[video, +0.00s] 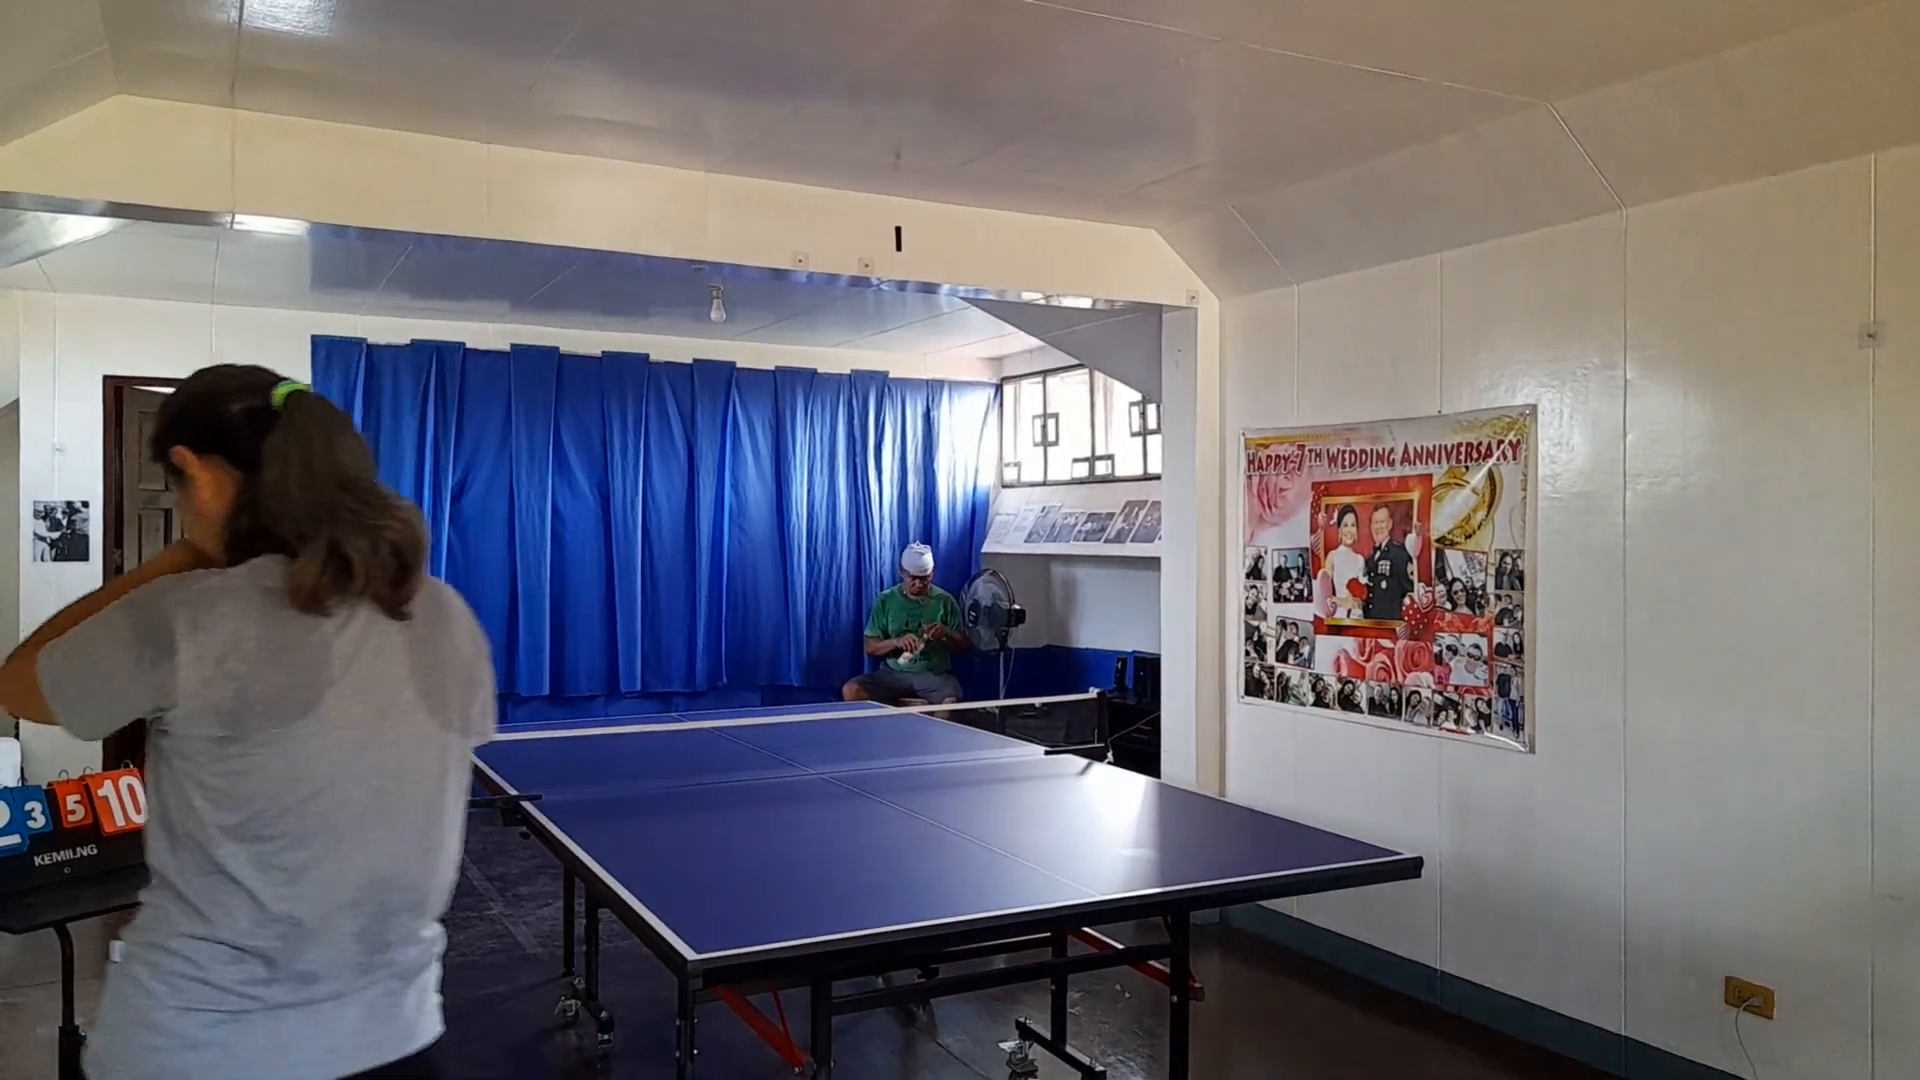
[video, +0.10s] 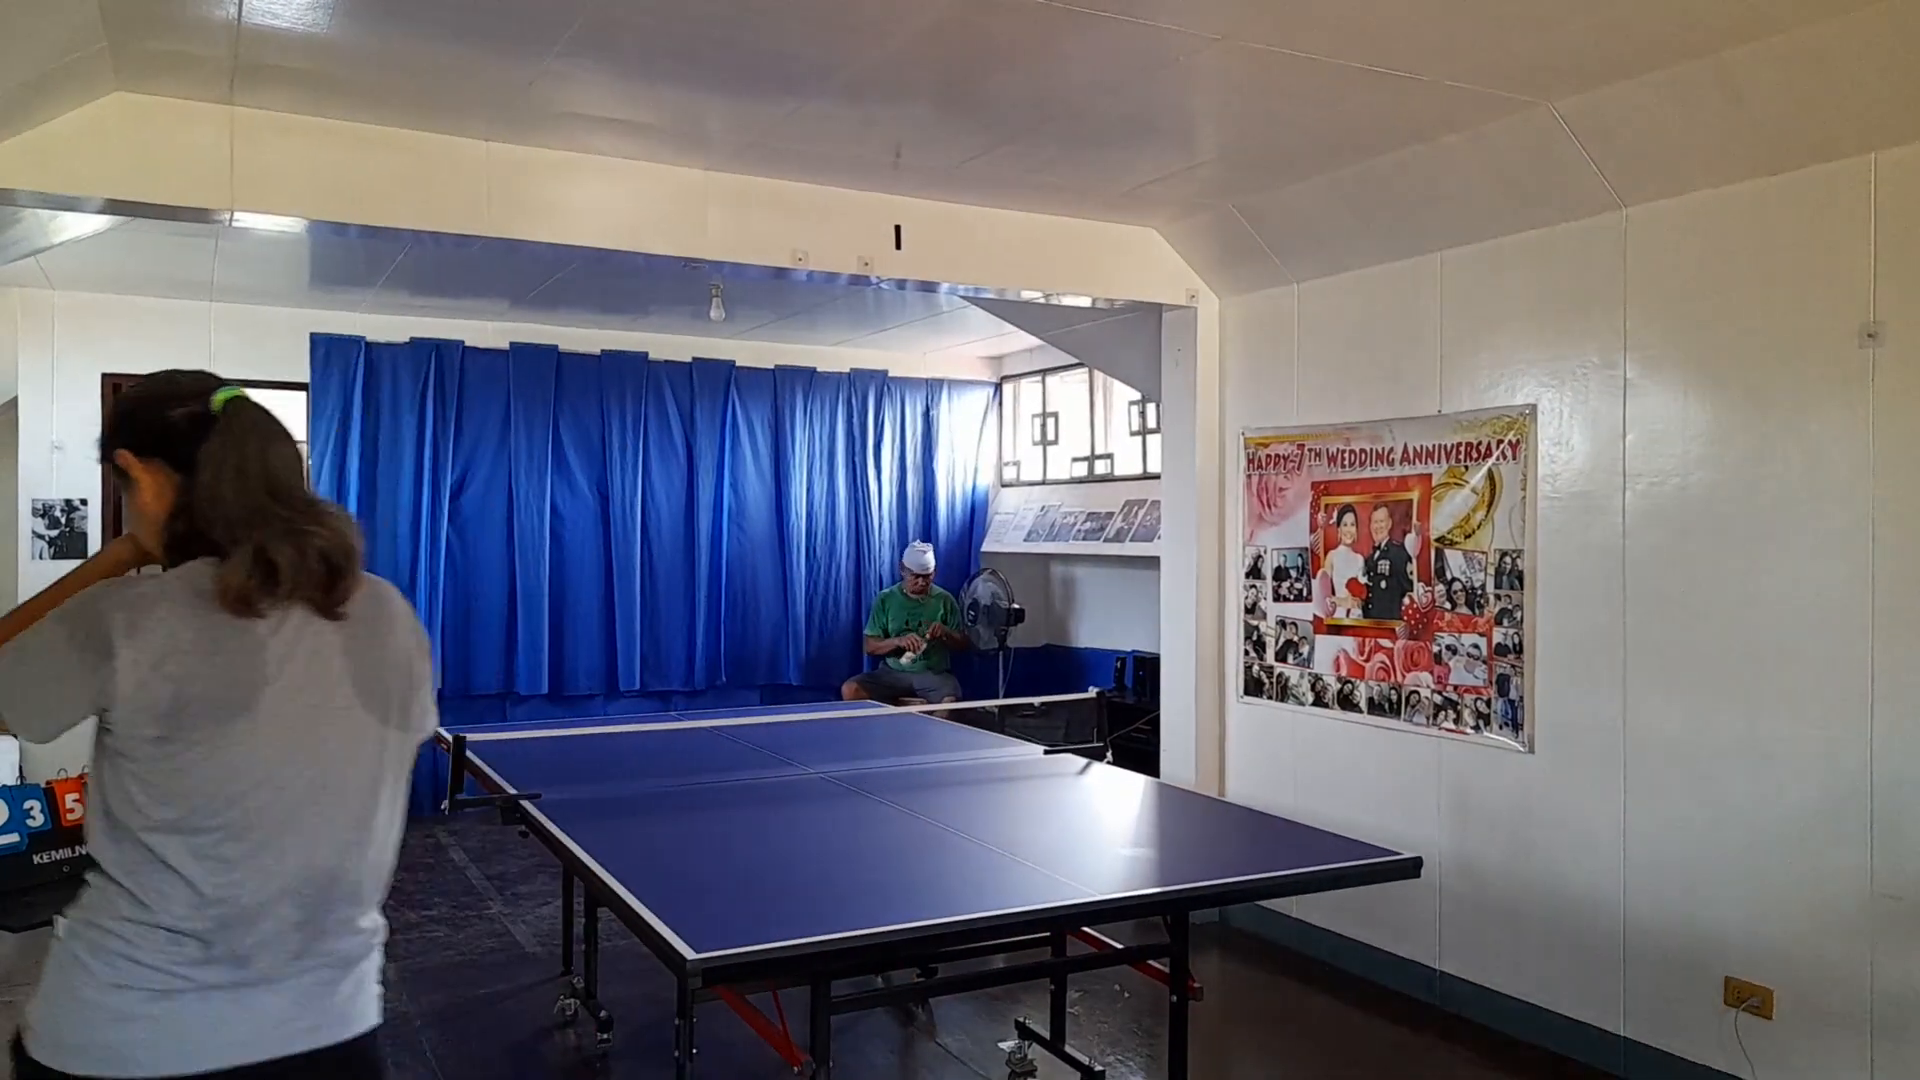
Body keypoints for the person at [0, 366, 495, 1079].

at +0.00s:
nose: (185, 512)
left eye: (180, 486)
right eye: (180, 489)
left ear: (198, 477)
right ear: (324, 461)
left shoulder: (187, 622)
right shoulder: (445, 618)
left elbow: (16, 685)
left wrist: (175, 563)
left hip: (193, 1051)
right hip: (394, 1037)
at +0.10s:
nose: (132, 500)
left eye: (126, 482)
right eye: (124, 482)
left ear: (147, 480)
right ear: (266, 464)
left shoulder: (123, 625)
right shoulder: (389, 619)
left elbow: (9, 667)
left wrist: (123, 555)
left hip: (122, 1053)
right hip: (334, 1038)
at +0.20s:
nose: (81, 500)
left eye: (77, 477)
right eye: (75, 479)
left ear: (101, 472)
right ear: (210, 460)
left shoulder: (65, 608)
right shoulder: (341, 610)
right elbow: (352, 814)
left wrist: (72, 576)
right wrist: (314, 924)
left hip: (71, 1028)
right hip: (272, 1025)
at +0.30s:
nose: (42, 493)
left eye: (40, 469)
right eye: (39, 469)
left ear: (62, 464)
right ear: (169, 456)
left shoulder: (18, 595)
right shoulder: (291, 598)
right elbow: (321, 804)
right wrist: (330, 942)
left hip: (45, 1021)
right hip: (234, 1018)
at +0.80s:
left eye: (11, 476)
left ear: (15, 481)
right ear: (130, 482)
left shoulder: (8, 589)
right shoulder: (199, 594)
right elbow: (253, 769)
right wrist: (306, 900)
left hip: (24, 958)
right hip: (164, 951)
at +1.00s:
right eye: (114, 464)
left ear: (5, 477)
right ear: (109, 475)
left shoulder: (4, 577)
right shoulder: (177, 579)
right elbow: (224, 744)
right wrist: (233, 837)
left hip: (14, 911)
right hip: (139, 905)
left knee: (17, 1067)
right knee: (110, 1067)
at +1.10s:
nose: (110, 478)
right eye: (108, 469)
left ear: (4, 483)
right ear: (99, 480)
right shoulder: (164, 581)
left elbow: (212, 743)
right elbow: (212, 746)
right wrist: (207, 819)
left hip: (13, 901)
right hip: (124, 897)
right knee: (101, 1066)